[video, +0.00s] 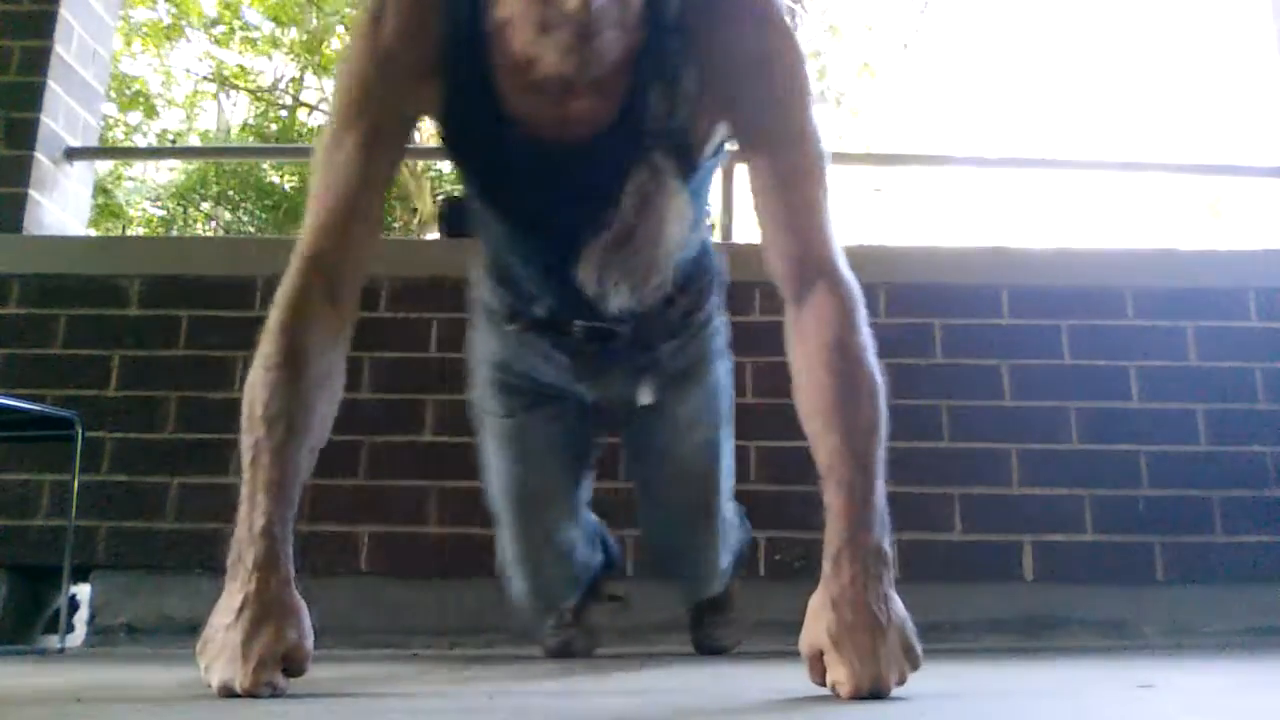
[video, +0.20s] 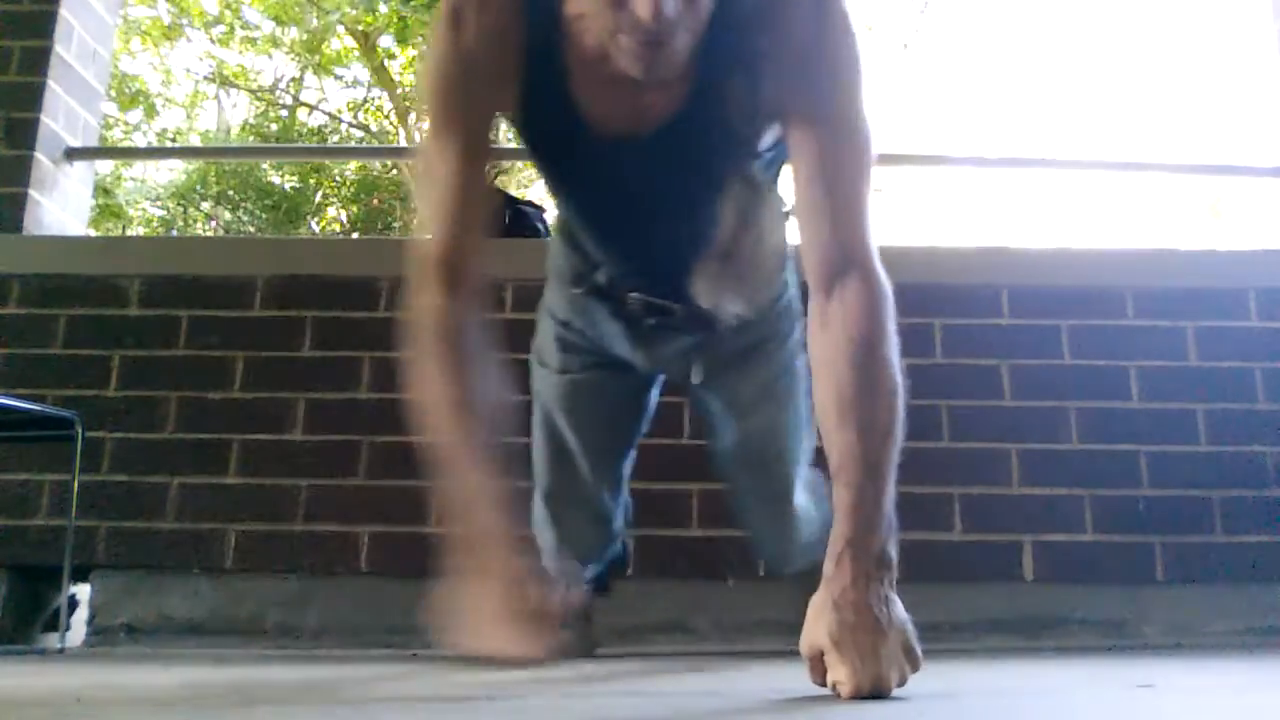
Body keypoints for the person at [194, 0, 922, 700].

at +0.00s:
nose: (558, 45)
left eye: (588, 16)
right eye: (528, 18)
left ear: (639, 4)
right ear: (489, 4)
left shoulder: (734, 24)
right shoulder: (409, 26)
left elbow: (813, 281)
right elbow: (322, 284)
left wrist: (860, 564)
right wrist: (259, 567)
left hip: (676, 321)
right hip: (522, 326)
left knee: (695, 554)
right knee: (541, 590)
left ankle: (710, 574)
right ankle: (586, 559)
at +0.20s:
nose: (652, 15)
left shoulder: (799, 21)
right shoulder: (485, 19)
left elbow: (846, 278)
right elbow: (444, 286)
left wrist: (862, 568)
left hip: (745, 292)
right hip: (593, 288)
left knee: (790, 541)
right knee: (566, 548)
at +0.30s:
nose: (693, 25)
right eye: (657, 2)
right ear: (603, 4)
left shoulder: (828, 20)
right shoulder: (521, 25)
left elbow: (864, 287)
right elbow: (546, 318)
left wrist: (862, 569)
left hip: (773, 305)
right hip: (618, 306)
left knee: (848, 514)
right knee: (580, 514)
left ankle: (863, 611)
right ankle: (586, 583)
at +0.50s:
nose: (767, 26)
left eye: (798, 0)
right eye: (731, 1)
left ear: (837, 0)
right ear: (673, 5)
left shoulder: (896, 24)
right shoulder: (593, 21)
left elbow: (904, 296)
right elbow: (617, 303)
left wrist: (867, 572)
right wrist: (674, 571)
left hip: (813, 347)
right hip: (661, 335)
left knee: (913, 503)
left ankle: (1012, 565)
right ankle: (587, 598)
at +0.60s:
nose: (788, 19)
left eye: (823, 3)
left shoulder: (924, 27)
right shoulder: (626, 21)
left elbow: (944, 292)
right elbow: (636, 311)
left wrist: (913, 566)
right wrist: (676, 573)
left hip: (840, 332)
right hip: (685, 329)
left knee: (942, 524)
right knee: (607, 568)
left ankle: (1017, 562)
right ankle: (589, 588)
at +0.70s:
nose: (804, 30)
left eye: (841, 7)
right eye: (779, 0)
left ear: (882, 1)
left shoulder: (960, 25)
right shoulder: (648, 21)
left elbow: (1018, 278)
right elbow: (639, 299)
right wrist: (675, 573)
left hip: (865, 321)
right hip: (705, 324)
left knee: (963, 507)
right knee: (641, 553)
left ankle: (1030, 560)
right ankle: (594, 571)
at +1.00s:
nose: (939, 55)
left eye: (977, 19)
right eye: (906, 11)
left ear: (1017, 15)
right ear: (845, 2)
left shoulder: (1057, 60)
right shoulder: (740, 69)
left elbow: (1132, 306)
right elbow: (646, 328)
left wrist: (1193, 564)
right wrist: (674, 567)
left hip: (951, 370)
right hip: (771, 366)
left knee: (1066, 568)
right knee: (666, 606)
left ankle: (1071, 595)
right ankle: (601, 559)